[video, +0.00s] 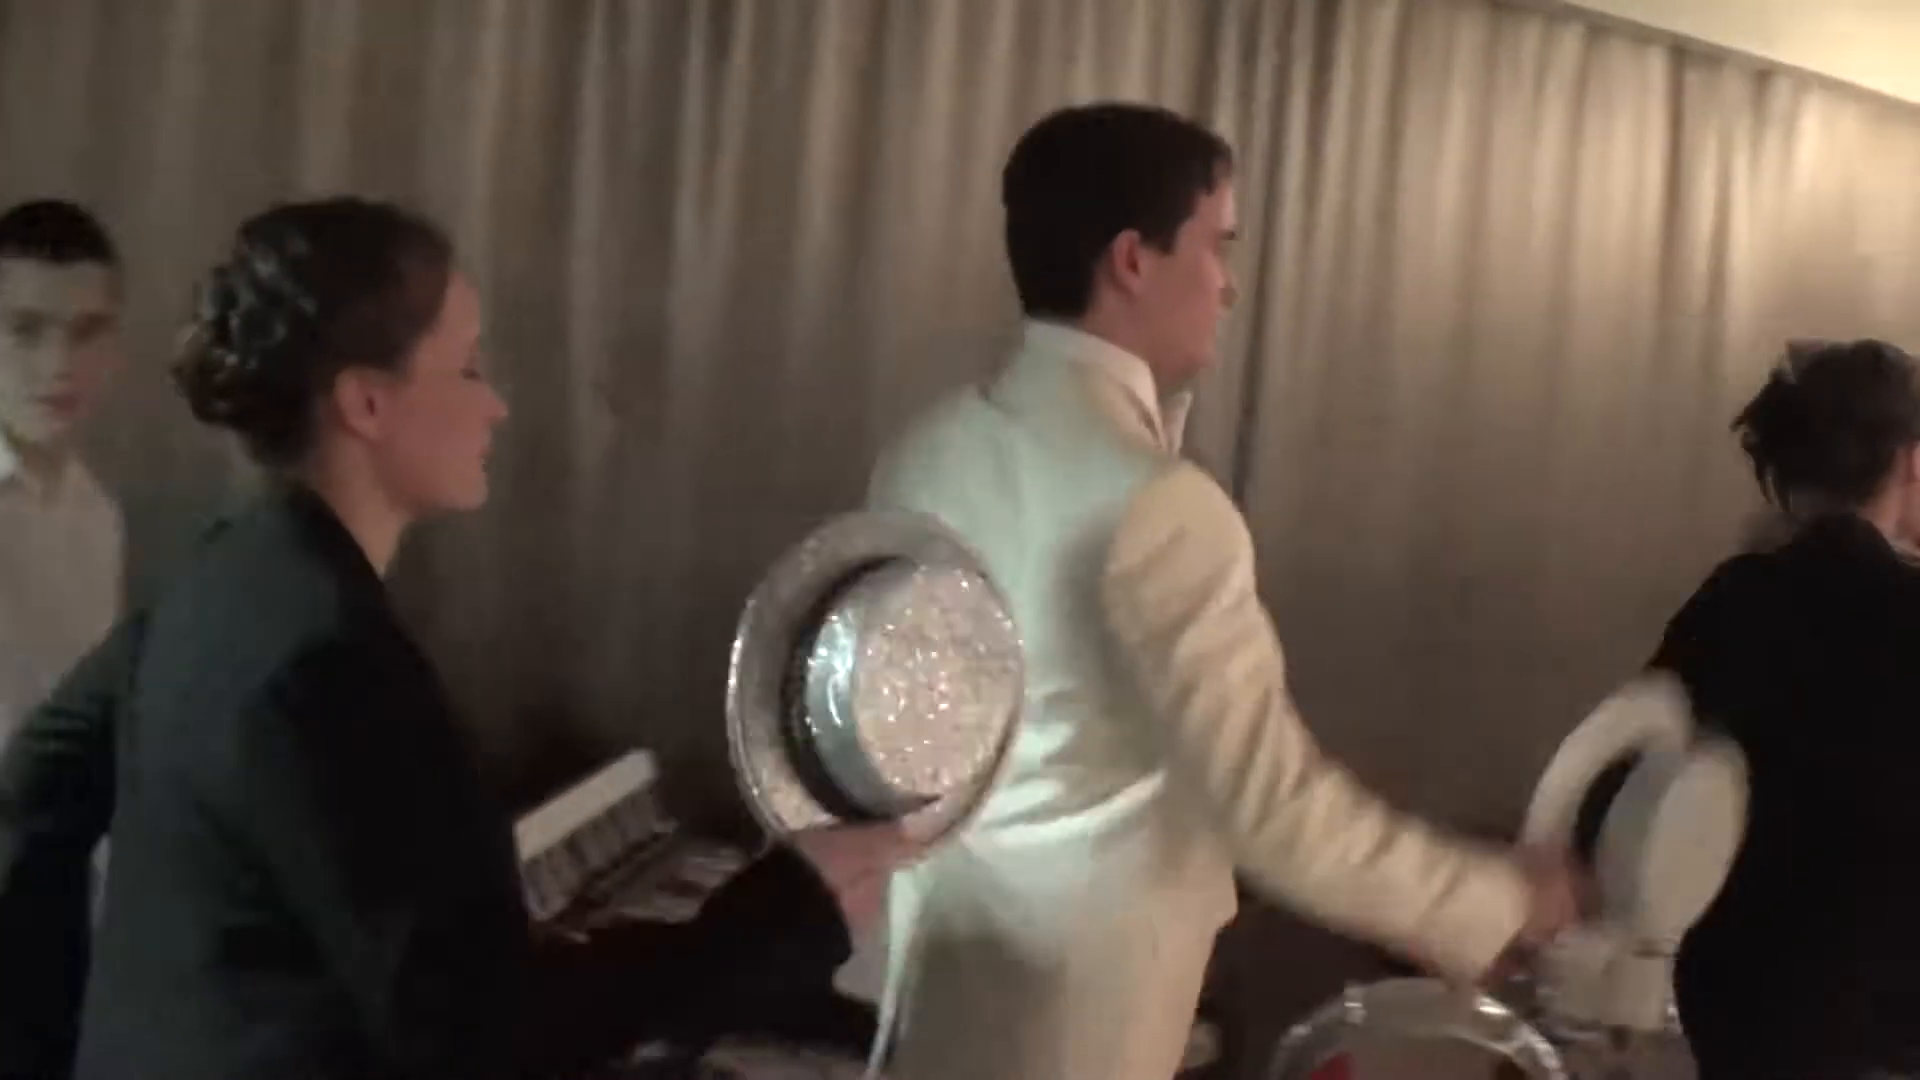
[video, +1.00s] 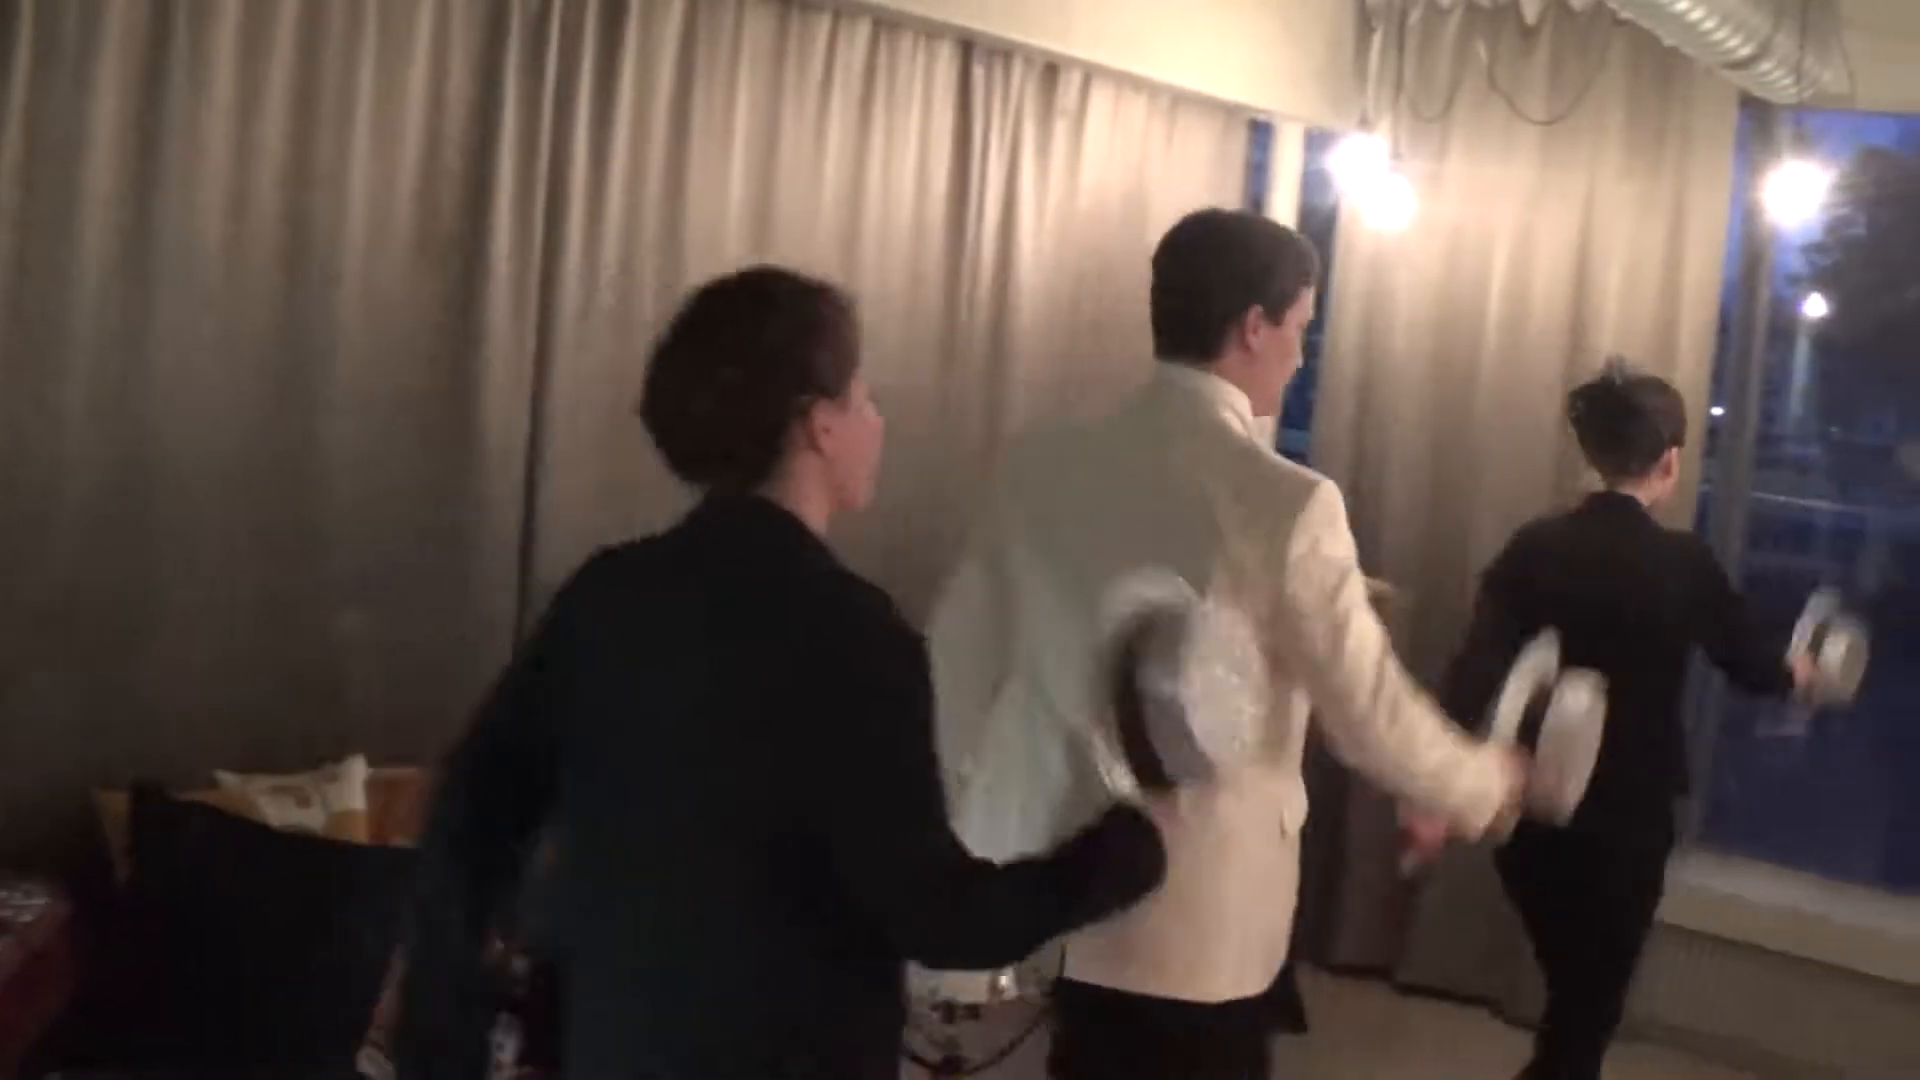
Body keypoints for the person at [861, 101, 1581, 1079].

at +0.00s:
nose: (1229, 283)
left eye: (1227, 249)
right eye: (1217, 247)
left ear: (1120, 266)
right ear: (1133, 263)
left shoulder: (924, 452)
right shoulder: (1153, 505)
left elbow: (874, 721)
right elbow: (1272, 800)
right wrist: (1502, 902)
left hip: (938, 958)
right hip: (1088, 993)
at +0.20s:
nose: (1225, 302)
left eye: (1220, 269)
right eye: (1210, 269)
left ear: (1114, 294)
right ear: (1127, 291)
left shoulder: (970, 459)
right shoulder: (1108, 515)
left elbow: (1018, 710)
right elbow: (1086, 846)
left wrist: (1232, 778)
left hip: (927, 1001)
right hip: (1042, 1034)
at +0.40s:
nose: (1279, 305)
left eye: (1276, 276)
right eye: (1263, 275)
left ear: (1164, 298)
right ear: (1178, 294)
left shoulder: (1047, 419)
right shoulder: (1183, 495)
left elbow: (1144, 597)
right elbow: (1084, 773)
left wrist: (1359, 579)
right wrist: (1135, 1011)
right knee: (1355, 1040)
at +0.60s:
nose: (1307, 364)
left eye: (1308, 330)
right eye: (1297, 329)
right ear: (1218, 337)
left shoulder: (1036, 492)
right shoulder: (1248, 546)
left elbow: (1084, 694)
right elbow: (1274, 811)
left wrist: (1271, 679)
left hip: (1040, 968)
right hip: (1184, 1002)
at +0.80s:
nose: (1322, 337)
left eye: (1325, 311)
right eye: (1318, 309)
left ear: (1173, 297)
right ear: (1260, 307)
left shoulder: (1036, 455)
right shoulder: (1312, 484)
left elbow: (915, 641)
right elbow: (1452, 677)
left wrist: (889, 814)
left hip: (1039, 902)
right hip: (1227, 925)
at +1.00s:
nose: (1301, 355)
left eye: (1305, 330)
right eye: (1301, 329)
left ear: (1166, 310)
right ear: (1251, 329)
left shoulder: (1045, 463)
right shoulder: (1285, 505)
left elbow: (960, 664)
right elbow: (1369, 712)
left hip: (1059, 911)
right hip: (1205, 944)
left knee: (1089, 1066)